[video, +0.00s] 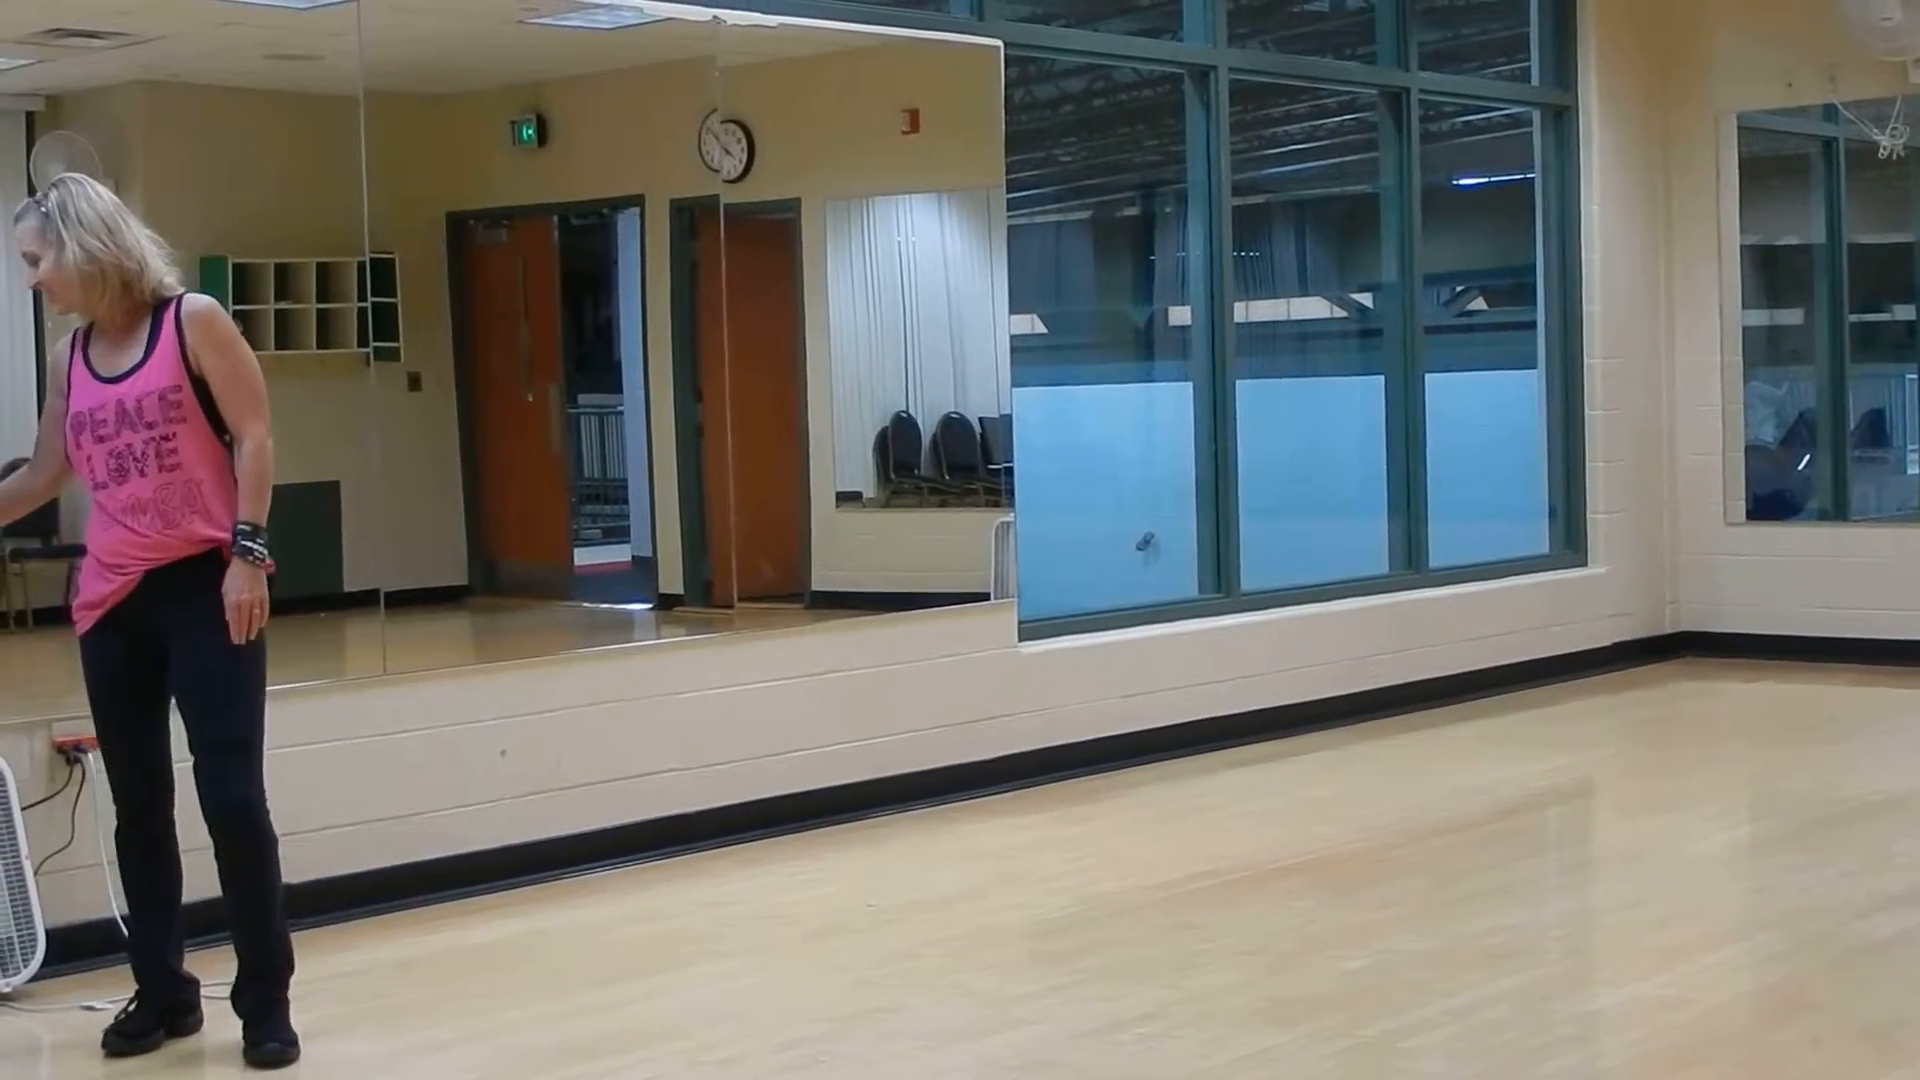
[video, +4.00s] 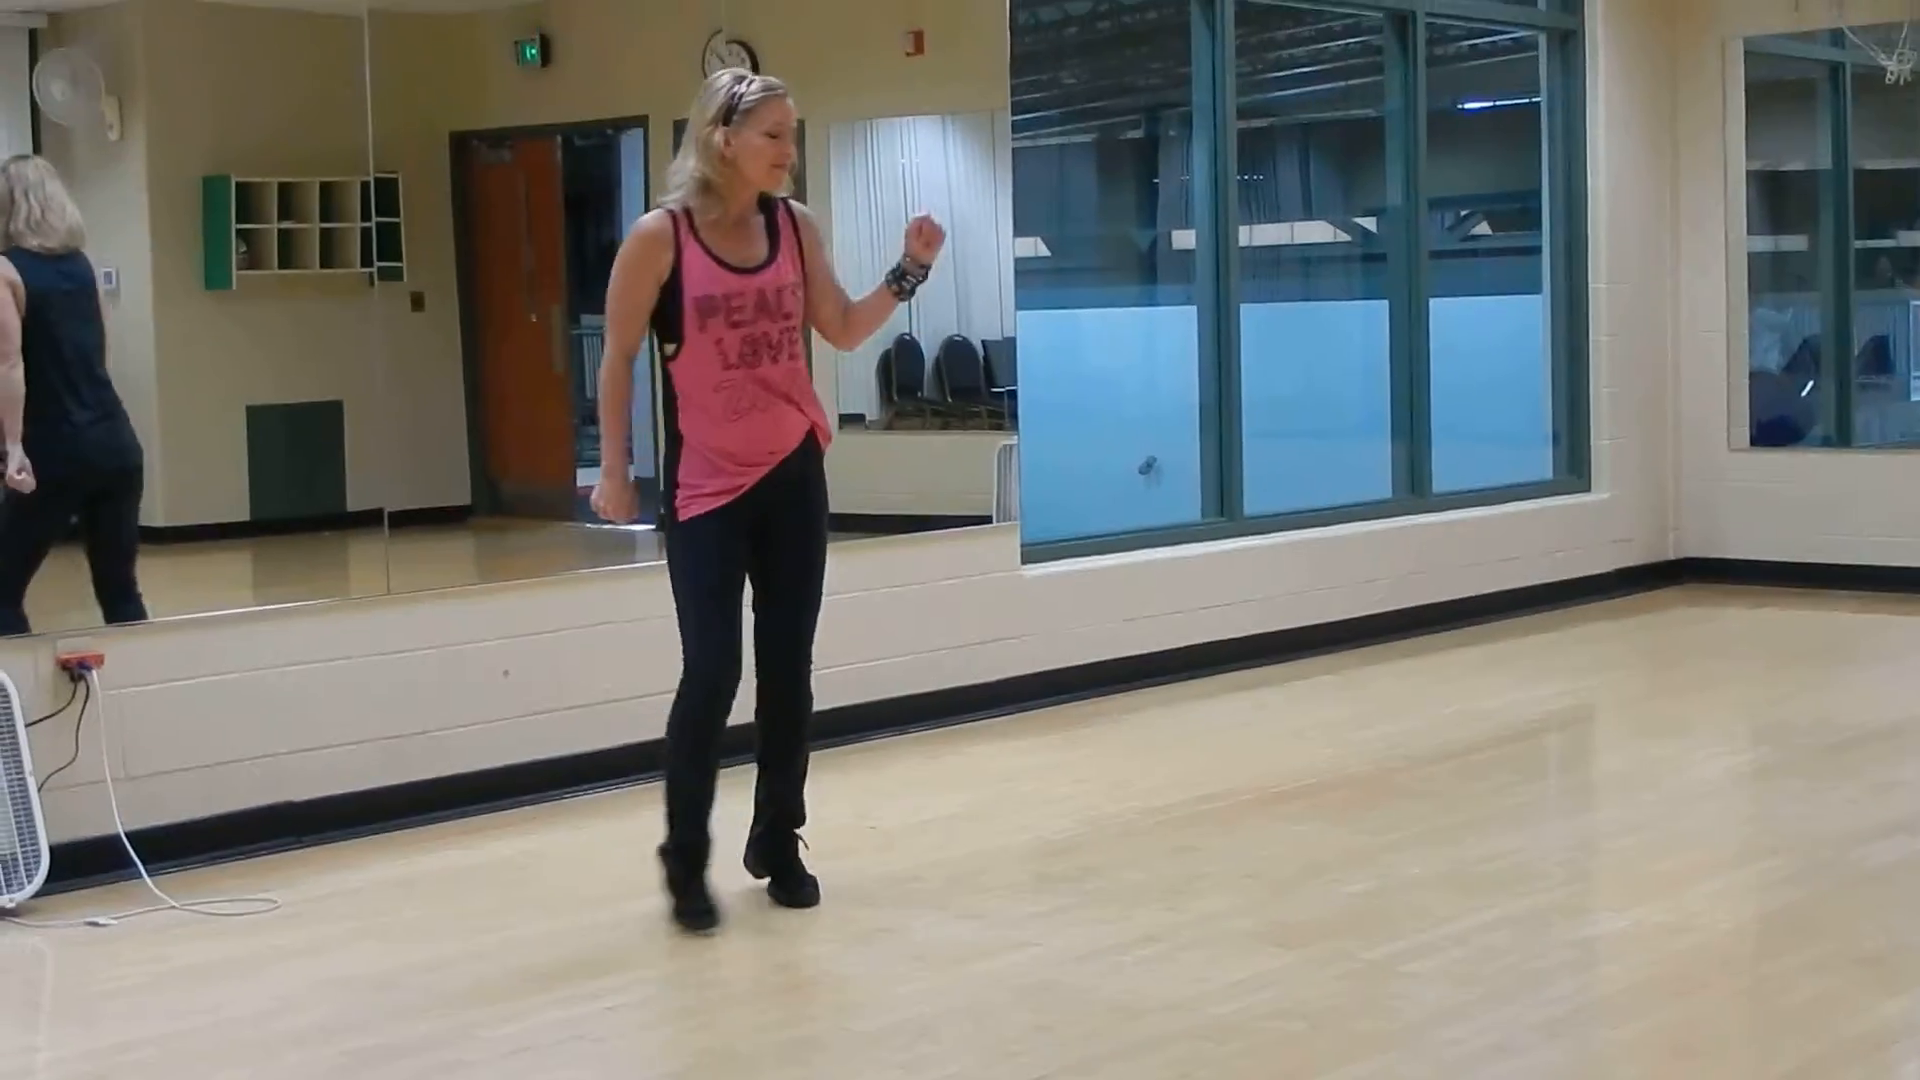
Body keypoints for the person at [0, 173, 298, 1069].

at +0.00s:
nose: (32, 281)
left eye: (38, 260)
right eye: (27, 265)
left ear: (88, 249)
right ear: (73, 260)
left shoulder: (193, 320)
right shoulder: (72, 353)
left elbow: (255, 435)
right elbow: (49, 469)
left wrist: (250, 553)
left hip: (207, 584)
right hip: (113, 595)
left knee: (233, 799)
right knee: (139, 803)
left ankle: (266, 1002)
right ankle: (164, 992)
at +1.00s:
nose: (452, 228)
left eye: (462, 216)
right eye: (432, 216)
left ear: (478, 239)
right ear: (395, 240)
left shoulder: (497, 332)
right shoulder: (373, 344)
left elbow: (527, 439)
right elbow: (342, 462)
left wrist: (565, 545)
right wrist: (351, 561)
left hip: (498, 580)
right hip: (422, 589)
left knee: (486, 772)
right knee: (476, 770)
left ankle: (449, 962)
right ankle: (430, 977)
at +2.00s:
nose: (772, 208)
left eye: (768, 198)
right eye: (754, 200)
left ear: (756, 226)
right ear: (713, 228)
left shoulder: (780, 306)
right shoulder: (702, 328)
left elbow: (800, 426)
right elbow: (711, 448)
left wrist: (837, 516)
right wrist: (793, 525)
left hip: (802, 546)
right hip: (745, 552)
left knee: (858, 710)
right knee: (707, 734)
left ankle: (865, 887)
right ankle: (628, 912)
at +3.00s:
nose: (909, 116)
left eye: (915, 103)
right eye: (896, 102)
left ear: (911, 109)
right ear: (848, 104)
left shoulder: (922, 179)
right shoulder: (797, 198)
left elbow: (957, 280)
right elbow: (761, 296)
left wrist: (1006, 368)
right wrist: (771, 359)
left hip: (903, 417)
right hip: (823, 422)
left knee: (905, 599)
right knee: (828, 595)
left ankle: (898, 764)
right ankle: (785, 781)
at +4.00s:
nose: (787, 151)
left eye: (792, 137)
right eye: (772, 137)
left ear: (786, 145)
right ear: (720, 140)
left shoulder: (795, 225)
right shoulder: (657, 239)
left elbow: (844, 330)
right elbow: (619, 357)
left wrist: (909, 271)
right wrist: (613, 470)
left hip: (793, 472)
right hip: (705, 484)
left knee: (787, 671)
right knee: (713, 674)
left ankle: (778, 842)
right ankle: (685, 857)